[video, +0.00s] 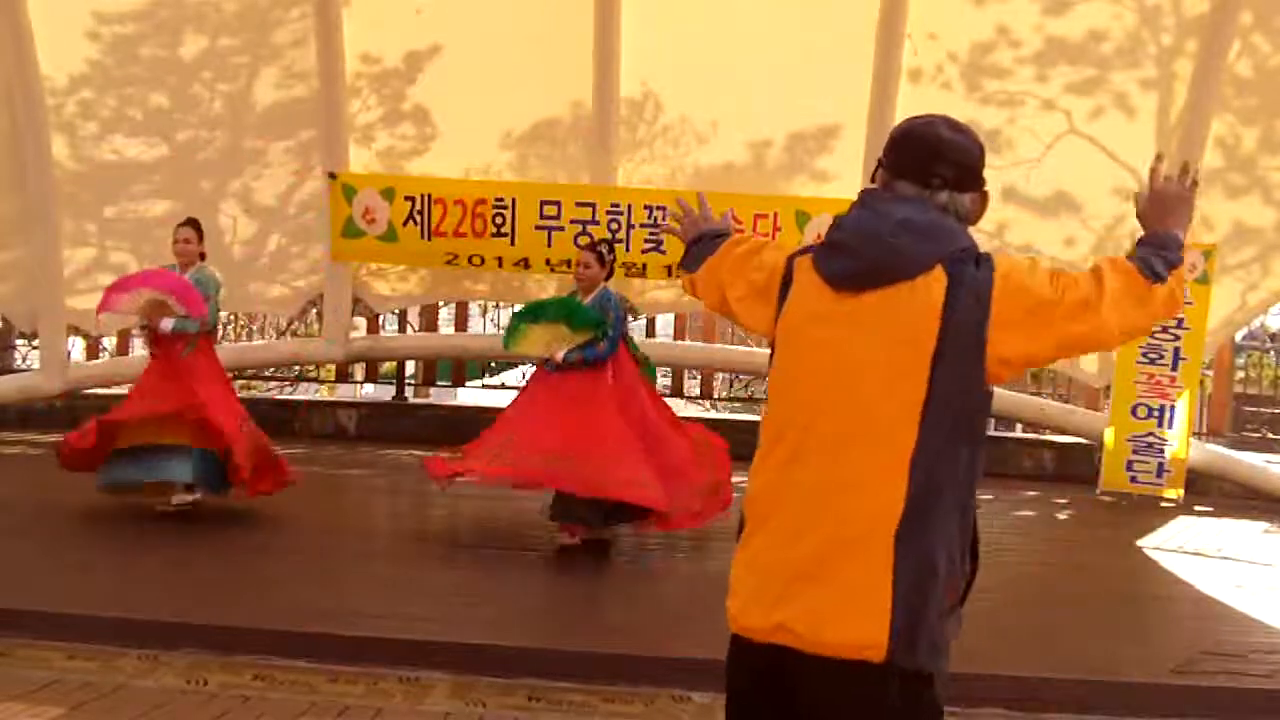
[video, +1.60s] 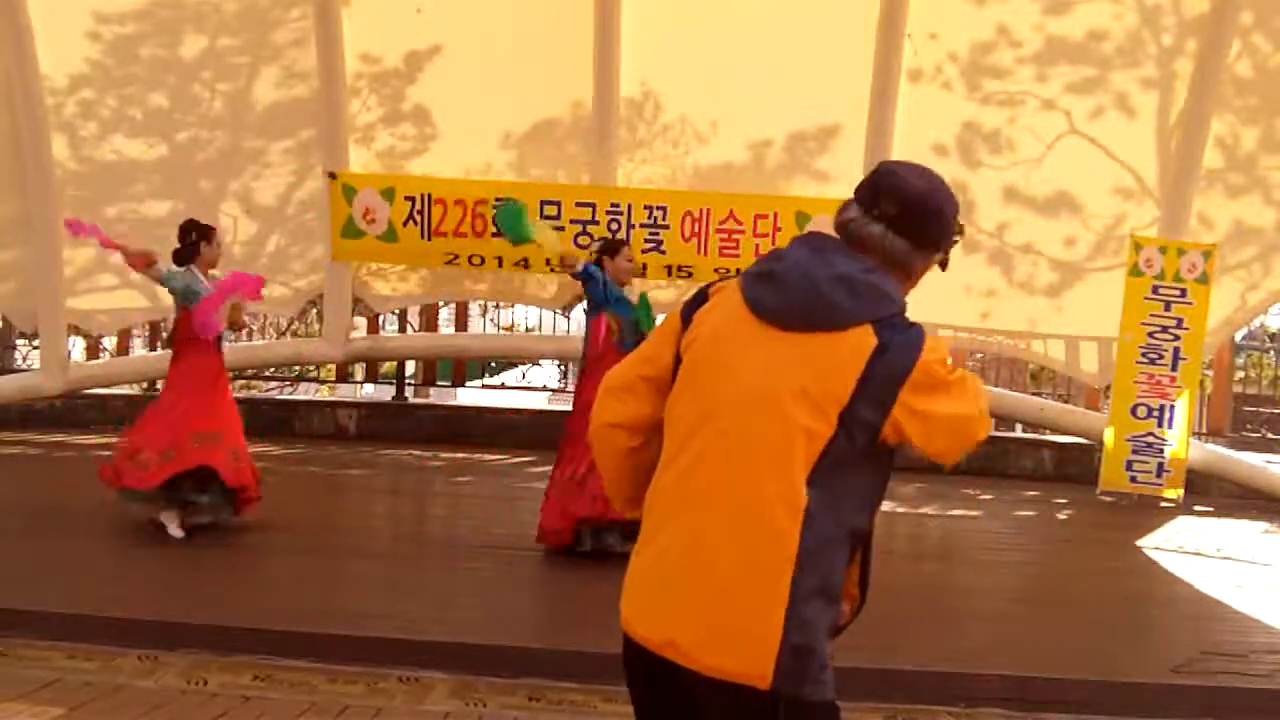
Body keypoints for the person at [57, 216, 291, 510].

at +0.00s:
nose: (181, 247)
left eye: (188, 242)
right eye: (177, 241)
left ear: (201, 246)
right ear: (171, 245)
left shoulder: (206, 278)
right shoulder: (165, 277)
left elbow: (208, 321)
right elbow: (152, 315)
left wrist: (168, 323)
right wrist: (147, 324)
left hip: (195, 357)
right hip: (166, 355)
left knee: (194, 416)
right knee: (165, 415)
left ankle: (192, 486)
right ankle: (171, 484)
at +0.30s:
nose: (176, 254)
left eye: (182, 249)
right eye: (172, 250)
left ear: (197, 253)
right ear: (168, 254)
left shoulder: (206, 288)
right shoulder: (163, 287)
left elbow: (215, 333)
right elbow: (139, 325)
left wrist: (173, 338)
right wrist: (147, 332)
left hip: (196, 367)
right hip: (164, 365)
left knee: (197, 428)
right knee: (159, 425)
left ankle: (207, 495)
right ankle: (166, 493)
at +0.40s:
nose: (175, 255)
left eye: (182, 250)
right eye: (171, 250)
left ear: (197, 255)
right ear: (167, 256)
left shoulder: (207, 291)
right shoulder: (159, 289)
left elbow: (216, 332)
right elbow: (127, 306)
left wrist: (180, 341)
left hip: (195, 366)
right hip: (161, 364)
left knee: (208, 424)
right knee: (140, 416)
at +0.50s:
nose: (175, 254)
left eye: (182, 248)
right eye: (172, 248)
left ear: (197, 253)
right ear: (169, 253)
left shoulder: (210, 289)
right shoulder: (161, 285)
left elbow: (221, 329)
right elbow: (123, 292)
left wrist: (187, 335)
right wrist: (85, 293)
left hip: (195, 365)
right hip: (161, 363)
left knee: (195, 425)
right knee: (158, 424)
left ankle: (197, 494)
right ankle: (161, 490)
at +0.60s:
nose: (175, 251)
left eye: (182, 246)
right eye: (172, 247)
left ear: (199, 251)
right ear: (169, 252)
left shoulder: (209, 286)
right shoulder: (162, 285)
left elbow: (229, 313)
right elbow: (125, 276)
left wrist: (206, 327)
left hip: (199, 361)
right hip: (163, 358)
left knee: (196, 423)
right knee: (160, 422)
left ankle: (194, 495)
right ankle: (162, 492)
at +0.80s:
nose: (177, 248)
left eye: (184, 243)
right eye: (174, 244)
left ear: (201, 248)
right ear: (172, 249)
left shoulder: (209, 279)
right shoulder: (168, 277)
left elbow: (233, 304)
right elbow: (141, 257)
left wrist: (205, 318)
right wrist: (117, 228)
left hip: (198, 359)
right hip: (165, 357)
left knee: (199, 425)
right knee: (167, 424)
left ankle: (202, 500)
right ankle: (173, 499)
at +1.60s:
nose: (220, 251)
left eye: (219, 245)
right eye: (216, 245)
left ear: (201, 248)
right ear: (201, 248)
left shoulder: (211, 285)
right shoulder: (188, 280)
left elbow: (231, 320)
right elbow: (158, 273)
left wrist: (235, 312)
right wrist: (134, 257)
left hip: (209, 363)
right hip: (190, 363)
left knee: (213, 430)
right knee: (190, 432)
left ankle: (205, 501)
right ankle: (172, 506)